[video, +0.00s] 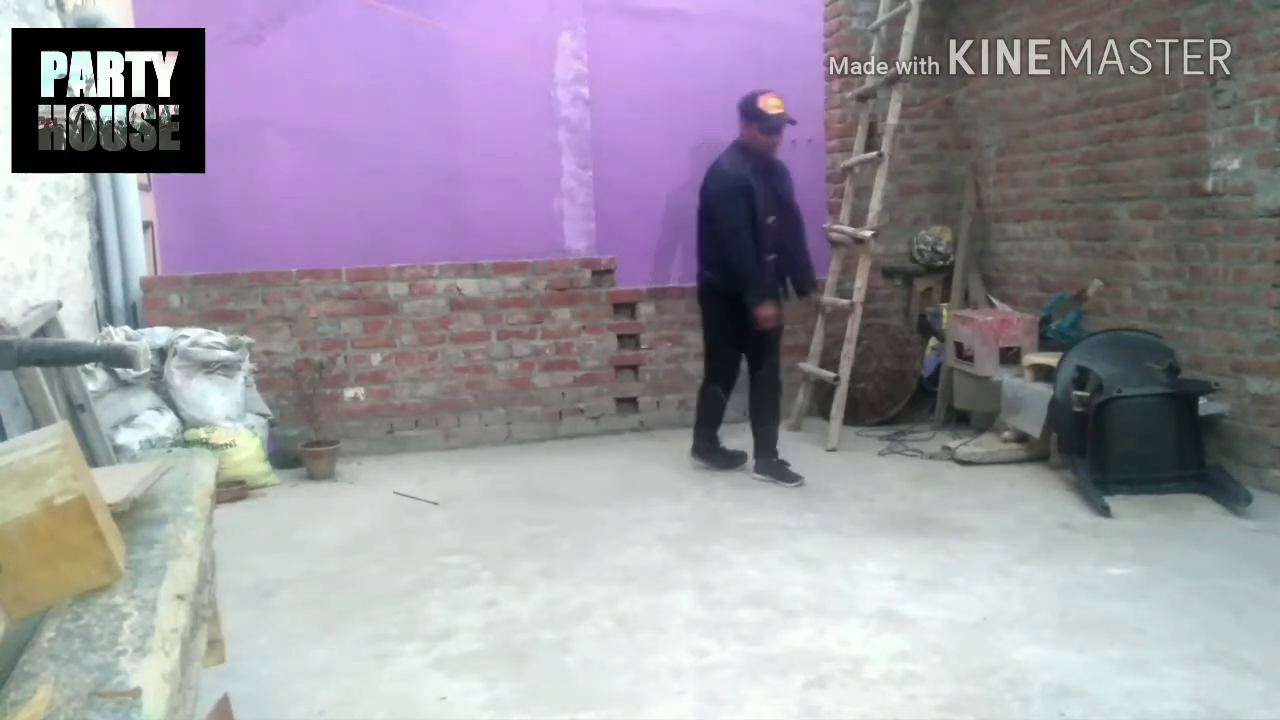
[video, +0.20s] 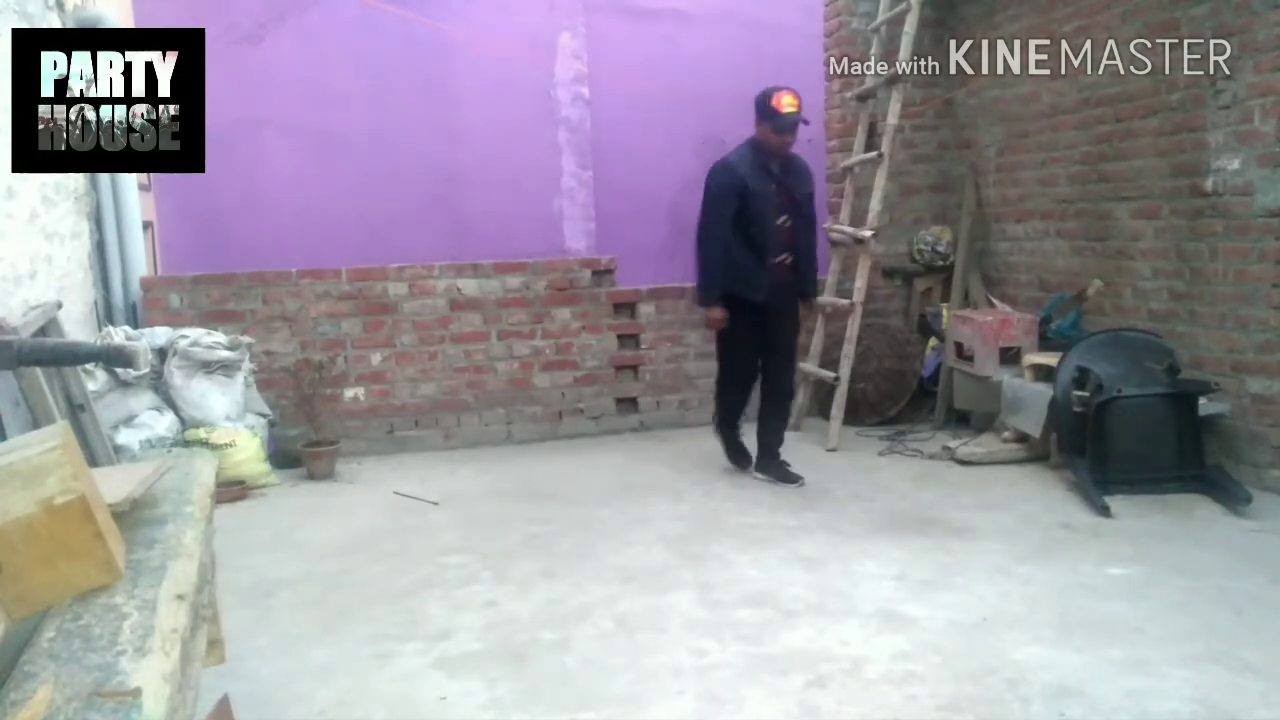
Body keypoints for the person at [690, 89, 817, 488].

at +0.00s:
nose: (776, 138)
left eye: (779, 130)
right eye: (768, 130)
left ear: (783, 128)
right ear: (746, 128)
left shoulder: (774, 170)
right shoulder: (727, 175)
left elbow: (790, 228)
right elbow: (735, 244)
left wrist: (805, 280)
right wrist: (758, 297)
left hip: (763, 286)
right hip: (723, 290)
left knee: (766, 373)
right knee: (721, 371)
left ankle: (766, 455)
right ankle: (704, 443)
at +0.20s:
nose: (788, 138)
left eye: (793, 130)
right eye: (779, 130)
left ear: (799, 127)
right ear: (759, 125)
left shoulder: (799, 171)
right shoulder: (729, 172)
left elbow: (807, 233)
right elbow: (710, 239)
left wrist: (808, 289)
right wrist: (712, 298)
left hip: (784, 292)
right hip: (740, 292)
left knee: (780, 376)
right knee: (739, 370)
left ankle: (769, 454)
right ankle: (727, 426)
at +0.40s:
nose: (787, 136)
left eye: (793, 127)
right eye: (778, 127)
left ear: (801, 123)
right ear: (760, 124)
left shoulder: (810, 168)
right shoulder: (728, 169)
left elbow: (819, 232)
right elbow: (698, 229)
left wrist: (815, 288)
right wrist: (685, 285)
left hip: (791, 295)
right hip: (742, 295)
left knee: (789, 379)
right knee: (743, 373)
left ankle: (772, 454)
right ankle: (743, 439)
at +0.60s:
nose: (779, 131)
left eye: (786, 122)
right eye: (770, 123)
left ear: (797, 119)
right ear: (756, 122)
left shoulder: (819, 163)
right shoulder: (726, 166)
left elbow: (835, 229)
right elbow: (699, 224)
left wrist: (828, 286)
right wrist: (677, 278)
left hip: (797, 295)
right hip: (743, 294)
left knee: (791, 380)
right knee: (745, 382)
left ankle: (775, 452)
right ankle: (750, 476)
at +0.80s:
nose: (771, 135)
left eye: (778, 125)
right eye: (762, 127)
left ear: (791, 121)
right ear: (749, 128)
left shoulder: (821, 169)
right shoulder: (726, 174)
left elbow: (841, 234)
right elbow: (703, 235)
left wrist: (831, 290)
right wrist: (685, 290)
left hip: (797, 302)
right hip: (744, 301)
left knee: (785, 384)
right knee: (749, 389)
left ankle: (775, 454)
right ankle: (751, 486)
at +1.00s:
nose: (764, 137)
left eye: (769, 126)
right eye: (753, 130)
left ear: (784, 120)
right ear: (742, 133)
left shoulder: (821, 172)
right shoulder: (724, 179)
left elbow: (836, 241)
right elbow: (707, 244)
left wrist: (826, 300)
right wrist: (696, 303)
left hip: (798, 307)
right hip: (742, 308)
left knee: (792, 389)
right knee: (747, 398)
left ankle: (778, 449)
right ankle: (755, 497)